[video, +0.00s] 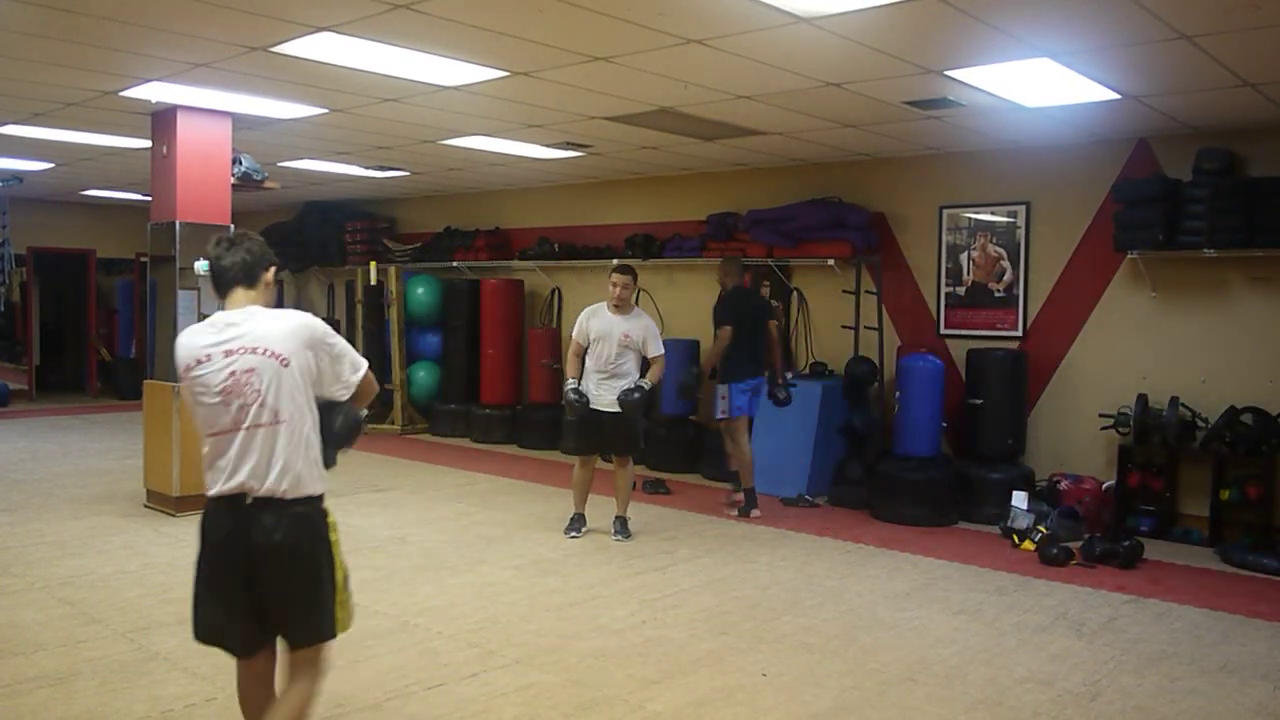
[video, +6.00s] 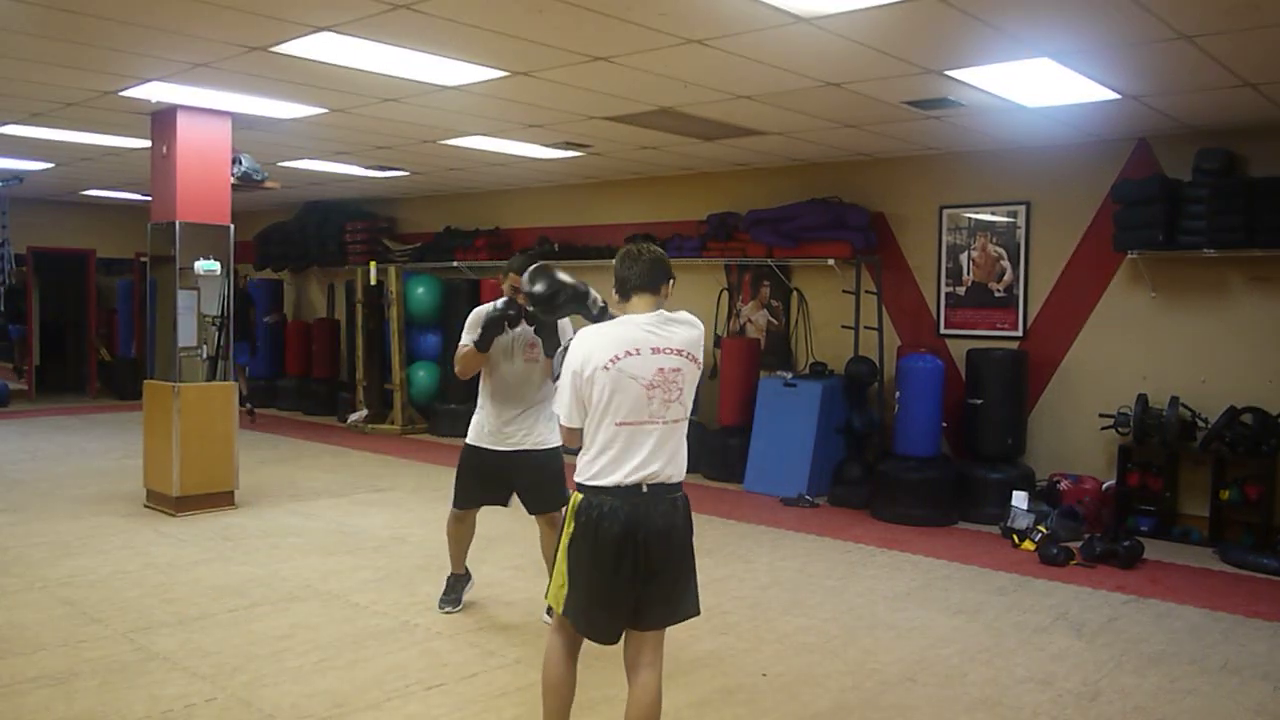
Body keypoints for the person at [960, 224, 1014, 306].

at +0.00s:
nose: (982, 241)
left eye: (986, 236)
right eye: (979, 236)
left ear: (990, 237)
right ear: (976, 237)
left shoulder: (999, 252)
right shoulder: (971, 252)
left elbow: (1009, 272)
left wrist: (1000, 286)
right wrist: (967, 277)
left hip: (990, 288)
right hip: (974, 286)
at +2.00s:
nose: (982, 241)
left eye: (985, 237)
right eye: (979, 237)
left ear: (990, 237)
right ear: (976, 237)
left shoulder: (999, 252)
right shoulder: (971, 252)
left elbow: (1009, 272)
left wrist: (1000, 286)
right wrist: (966, 278)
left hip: (990, 288)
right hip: (974, 286)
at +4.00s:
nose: (983, 241)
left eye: (985, 237)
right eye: (979, 237)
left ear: (990, 237)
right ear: (975, 237)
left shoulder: (998, 252)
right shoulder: (971, 253)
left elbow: (1009, 272)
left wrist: (1000, 286)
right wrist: (966, 279)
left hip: (992, 288)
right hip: (975, 287)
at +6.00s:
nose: (983, 241)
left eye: (985, 237)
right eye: (979, 237)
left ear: (990, 237)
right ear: (975, 237)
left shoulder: (998, 252)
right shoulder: (971, 253)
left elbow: (1009, 272)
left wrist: (1000, 286)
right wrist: (966, 279)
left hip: (992, 288)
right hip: (975, 287)